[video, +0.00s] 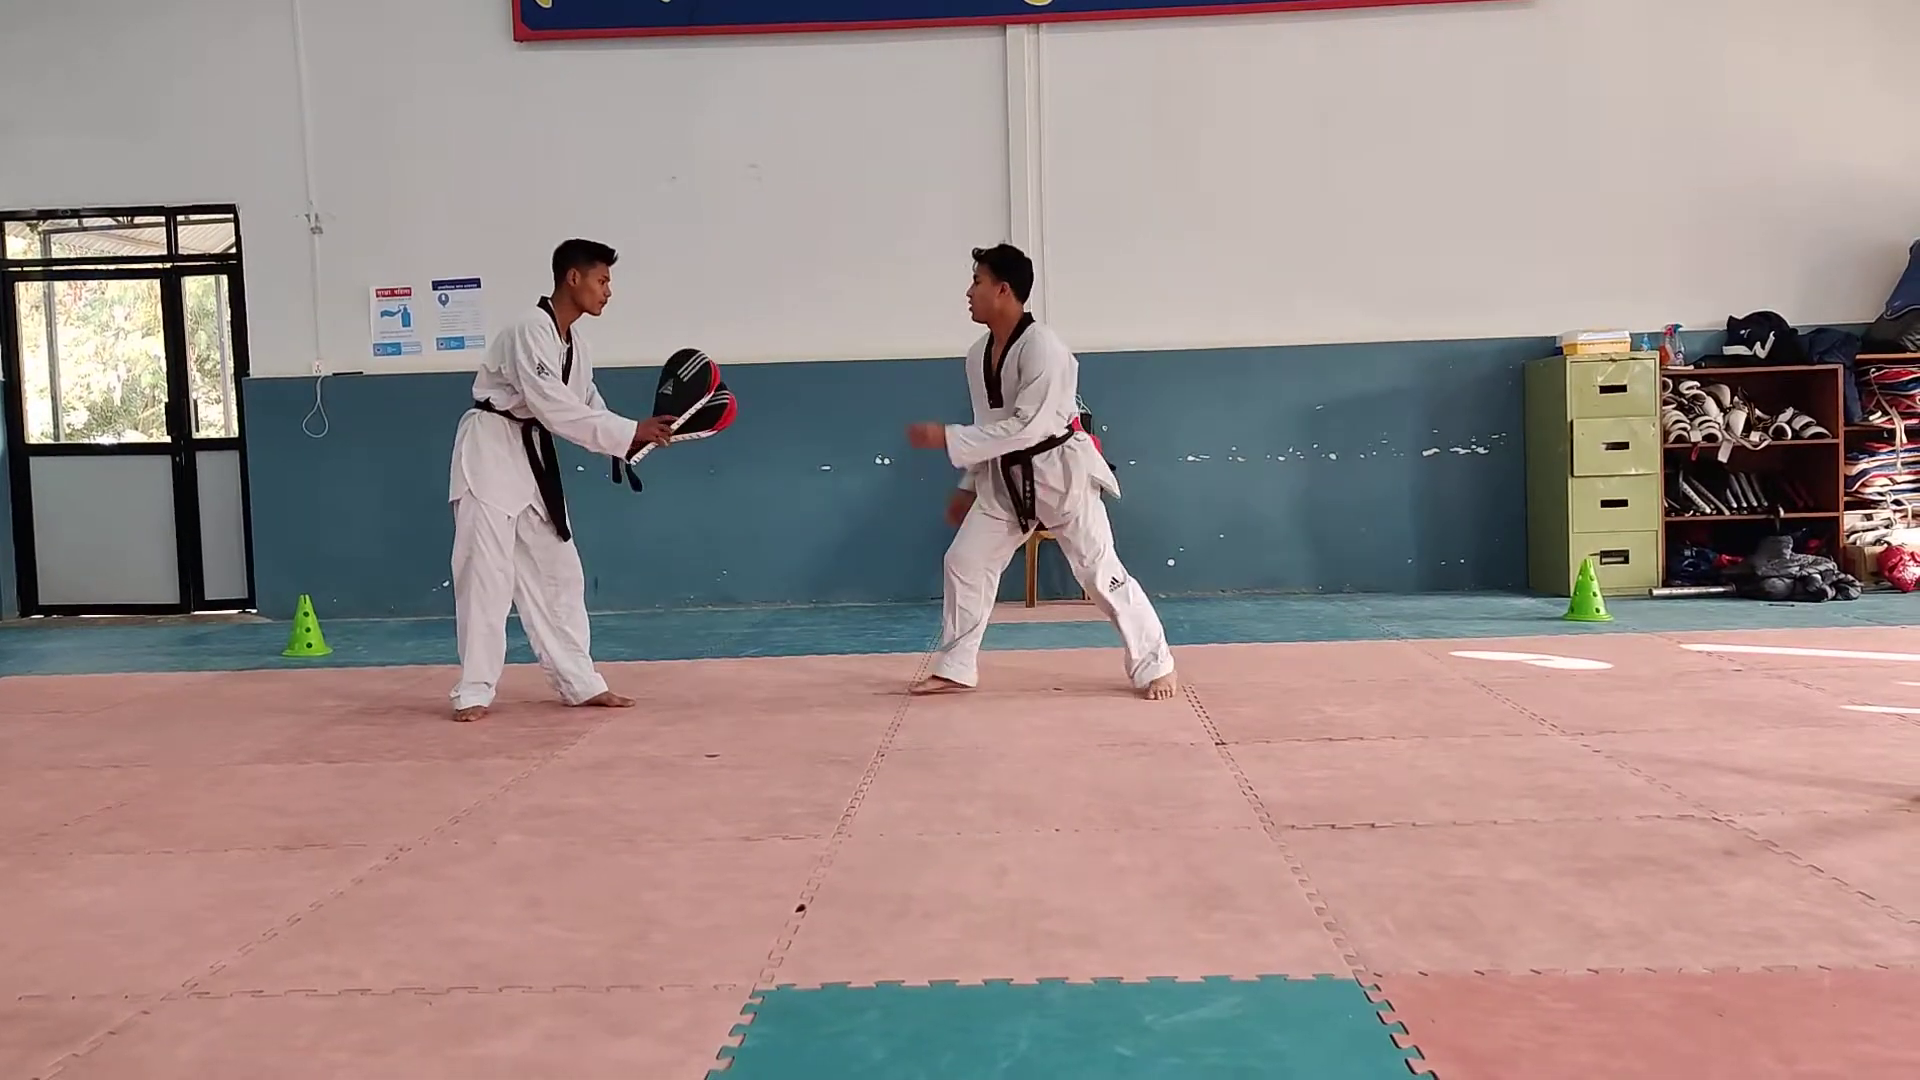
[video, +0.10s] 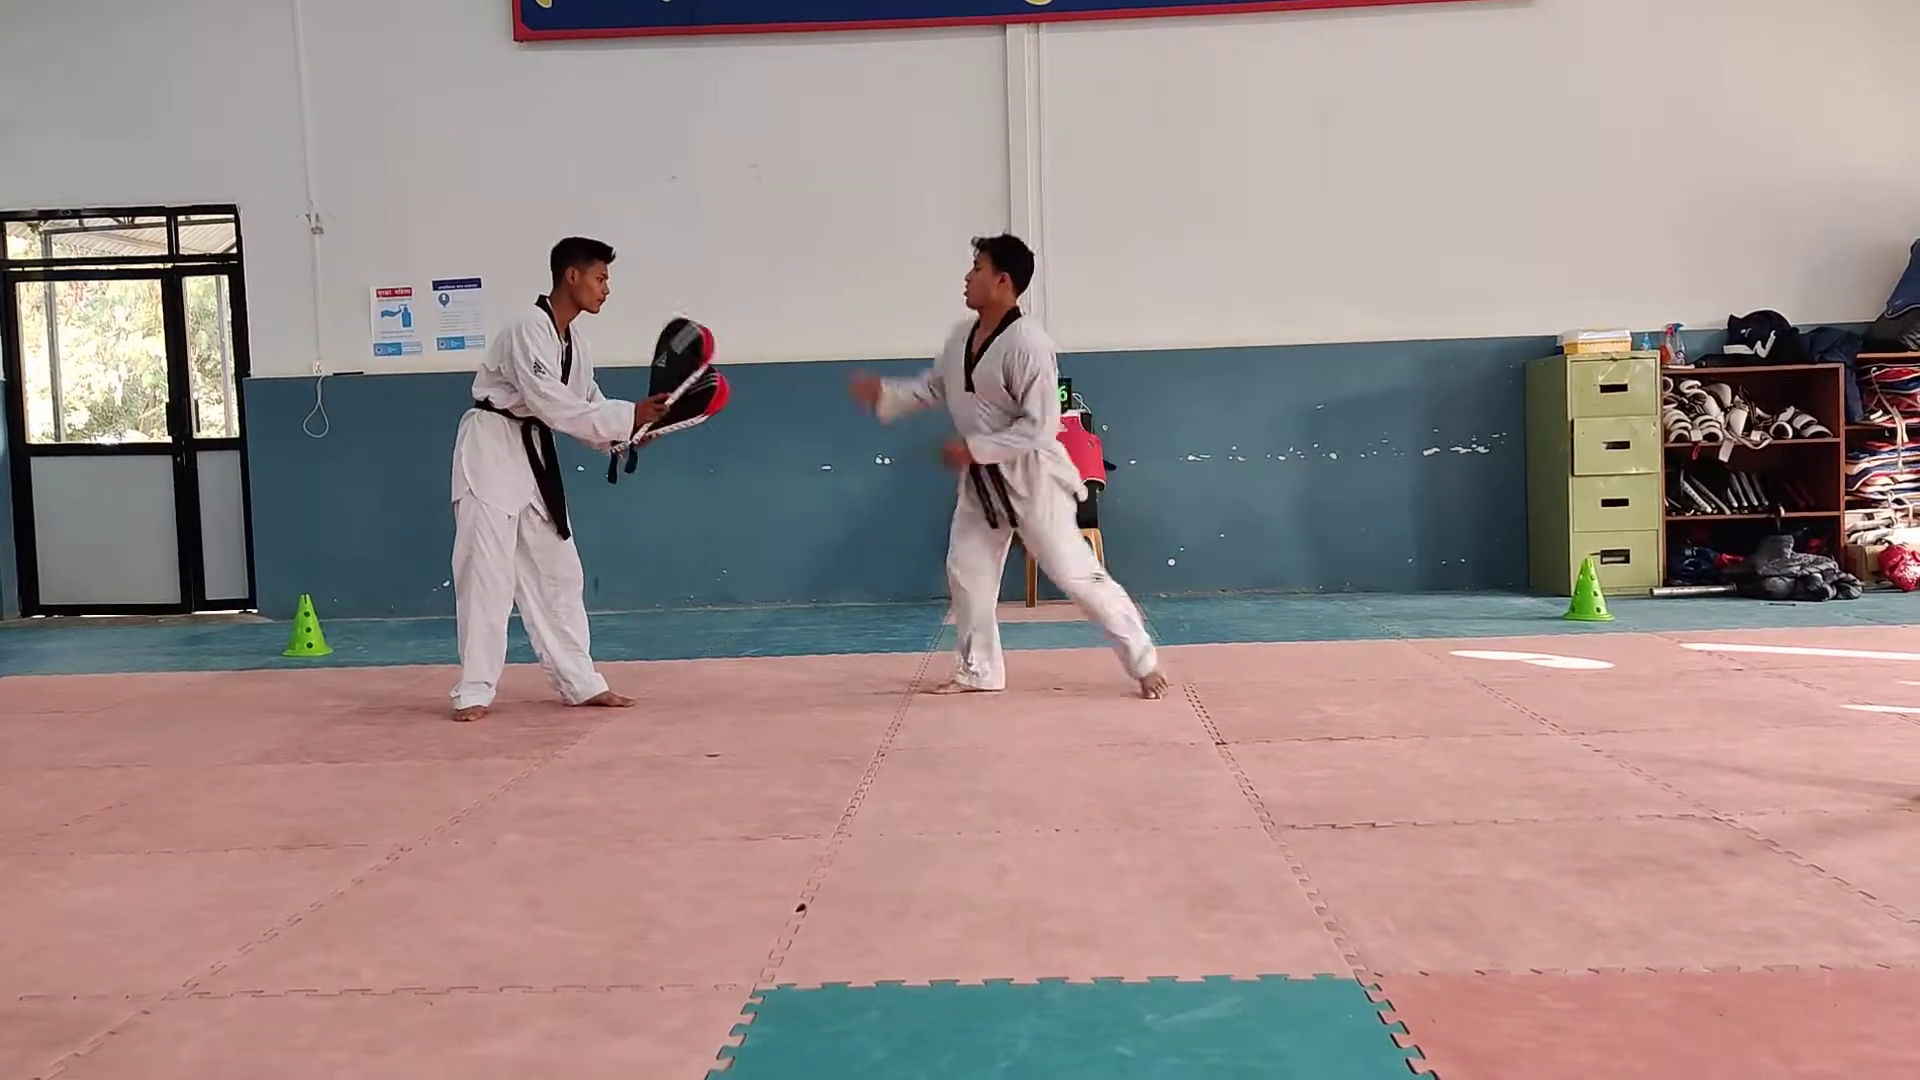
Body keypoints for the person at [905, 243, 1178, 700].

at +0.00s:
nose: (969, 291)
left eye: (977, 282)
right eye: (972, 281)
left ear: (1005, 291)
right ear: (1001, 291)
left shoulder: (1045, 351)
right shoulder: (978, 355)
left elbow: (1029, 427)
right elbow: (988, 428)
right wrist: (969, 486)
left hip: (1062, 472)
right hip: (1005, 477)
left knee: (1100, 572)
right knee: (964, 562)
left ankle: (1156, 666)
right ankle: (957, 668)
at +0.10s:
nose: (966, 276)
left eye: (977, 269)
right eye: (971, 267)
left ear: (1004, 283)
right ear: (997, 281)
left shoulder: (1031, 346)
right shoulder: (961, 336)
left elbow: (1040, 428)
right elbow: (935, 390)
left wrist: (976, 448)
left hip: (1032, 468)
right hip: (980, 472)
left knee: (1070, 571)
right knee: (967, 571)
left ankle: (1142, 657)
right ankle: (981, 673)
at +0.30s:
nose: (972, 256)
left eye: (981, 248)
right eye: (974, 247)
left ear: (1012, 256)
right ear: (995, 254)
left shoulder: (1034, 312)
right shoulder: (951, 303)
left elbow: (1068, 367)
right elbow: (910, 357)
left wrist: (1018, 336)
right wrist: (872, 391)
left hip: (963, 432)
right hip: (911, 411)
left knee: (940, 556)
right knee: (830, 469)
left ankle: (941, 669)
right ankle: (904, 543)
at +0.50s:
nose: (943, 267)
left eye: (952, 258)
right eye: (947, 258)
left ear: (978, 265)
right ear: (976, 266)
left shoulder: (995, 326)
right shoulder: (950, 319)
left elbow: (941, 360)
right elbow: (931, 383)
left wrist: (885, 337)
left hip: (933, 457)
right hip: (892, 422)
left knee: (914, 572)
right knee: (798, 408)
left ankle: (919, 676)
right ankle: (716, 452)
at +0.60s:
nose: (921, 259)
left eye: (929, 249)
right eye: (923, 249)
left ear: (956, 257)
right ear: (952, 257)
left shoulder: (984, 320)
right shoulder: (919, 310)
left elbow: (970, 397)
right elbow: (904, 373)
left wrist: (895, 396)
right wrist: (891, 385)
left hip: (932, 450)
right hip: (882, 431)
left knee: (925, 567)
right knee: (787, 468)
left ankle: (951, 668)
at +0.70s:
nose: (892, 275)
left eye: (901, 266)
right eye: (895, 265)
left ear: (929, 276)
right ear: (921, 275)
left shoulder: (962, 349)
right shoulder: (890, 332)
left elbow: (960, 431)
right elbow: (875, 408)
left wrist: (892, 460)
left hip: (929, 471)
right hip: (873, 462)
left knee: (941, 584)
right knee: (804, 530)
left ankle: (984, 678)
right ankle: (765, 638)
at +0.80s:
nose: (854, 296)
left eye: (863, 288)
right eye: (857, 287)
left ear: (891, 298)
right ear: (885, 297)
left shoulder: (920, 369)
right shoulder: (861, 353)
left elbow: (910, 456)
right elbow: (855, 432)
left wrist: (841, 488)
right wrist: (832, 482)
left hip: (913, 483)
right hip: (858, 479)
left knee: (926, 594)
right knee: (803, 568)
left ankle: (980, 680)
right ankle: (772, 684)